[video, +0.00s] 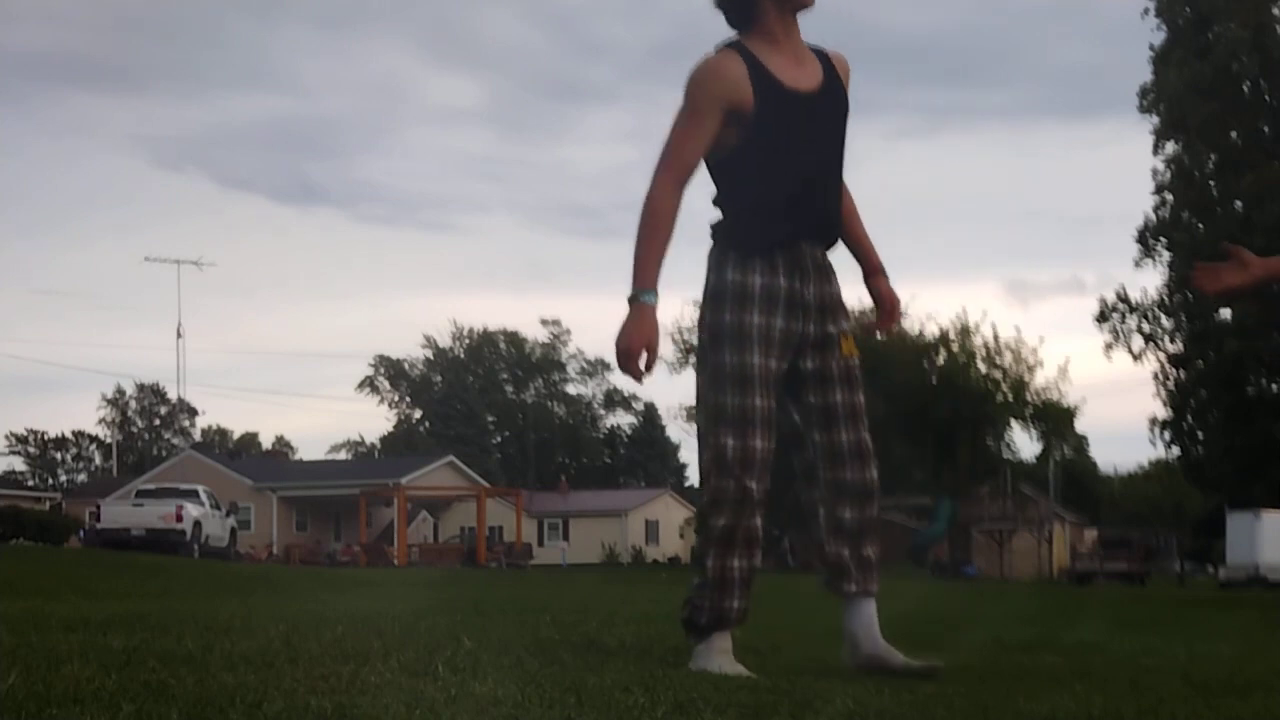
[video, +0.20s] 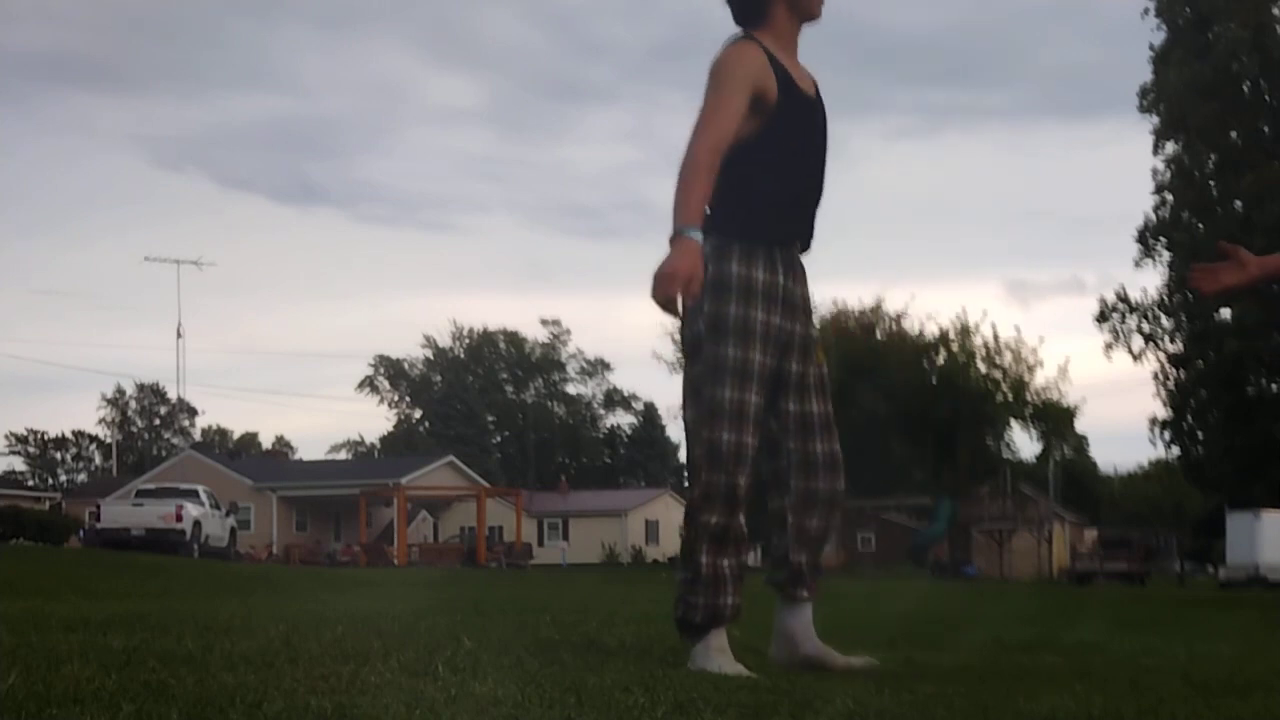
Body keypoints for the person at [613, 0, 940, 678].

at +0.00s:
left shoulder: (833, 66)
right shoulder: (723, 71)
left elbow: (827, 180)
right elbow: (667, 185)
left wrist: (875, 271)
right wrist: (642, 301)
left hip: (818, 276)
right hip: (747, 277)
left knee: (848, 454)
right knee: (741, 459)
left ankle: (863, 633)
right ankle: (714, 643)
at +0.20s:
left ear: (781, 3)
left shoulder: (804, 75)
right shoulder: (744, 58)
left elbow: (775, 171)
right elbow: (704, 151)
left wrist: (784, 261)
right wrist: (685, 239)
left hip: (786, 272)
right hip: (735, 266)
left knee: (809, 454)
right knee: (725, 452)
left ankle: (796, 629)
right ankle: (708, 640)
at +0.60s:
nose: (865, 31)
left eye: (864, 18)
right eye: (859, 18)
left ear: (795, 30)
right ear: (827, 23)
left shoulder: (758, 101)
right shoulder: (827, 80)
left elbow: (689, 208)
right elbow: (875, 146)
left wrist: (689, 310)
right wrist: (964, 185)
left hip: (743, 286)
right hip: (784, 281)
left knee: (782, 455)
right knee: (810, 453)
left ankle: (773, 629)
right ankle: (723, 624)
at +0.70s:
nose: (875, 37)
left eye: (875, 25)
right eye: (869, 23)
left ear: (804, 33)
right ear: (837, 26)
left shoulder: (762, 106)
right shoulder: (840, 86)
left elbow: (698, 209)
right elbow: (910, 155)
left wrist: (691, 310)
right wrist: (1013, 194)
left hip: (748, 290)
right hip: (797, 285)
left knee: (789, 453)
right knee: (845, 450)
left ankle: (774, 619)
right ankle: (757, 603)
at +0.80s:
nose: (889, 39)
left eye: (888, 26)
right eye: (883, 25)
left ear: (819, 37)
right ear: (850, 30)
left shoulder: (774, 108)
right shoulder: (859, 89)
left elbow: (710, 207)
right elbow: (943, 164)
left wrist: (703, 309)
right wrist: (1051, 210)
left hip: (760, 295)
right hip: (814, 287)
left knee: (791, 456)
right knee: (874, 455)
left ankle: (775, 628)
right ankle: (818, 619)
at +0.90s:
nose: (911, 45)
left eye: (911, 31)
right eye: (905, 31)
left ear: (840, 38)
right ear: (872, 34)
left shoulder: (789, 110)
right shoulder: (885, 98)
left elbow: (726, 211)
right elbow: (974, 181)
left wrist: (727, 313)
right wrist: (1077, 232)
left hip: (778, 295)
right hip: (837, 288)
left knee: (801, 460)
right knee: (884, 461)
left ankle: (777, 634)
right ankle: (896, 643)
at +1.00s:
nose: (933, 59)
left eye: (934, 47)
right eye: (931, 46)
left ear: (858, 45)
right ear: (909, 44)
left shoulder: (808, 114)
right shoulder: (911, 108)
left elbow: (744, 217)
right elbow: (993, 204)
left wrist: (756, 314)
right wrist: (1090, 262)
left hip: (803, 301)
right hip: (863, 295)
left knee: (825, 469)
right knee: (902, 468)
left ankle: (782, 633)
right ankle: (932, 651)